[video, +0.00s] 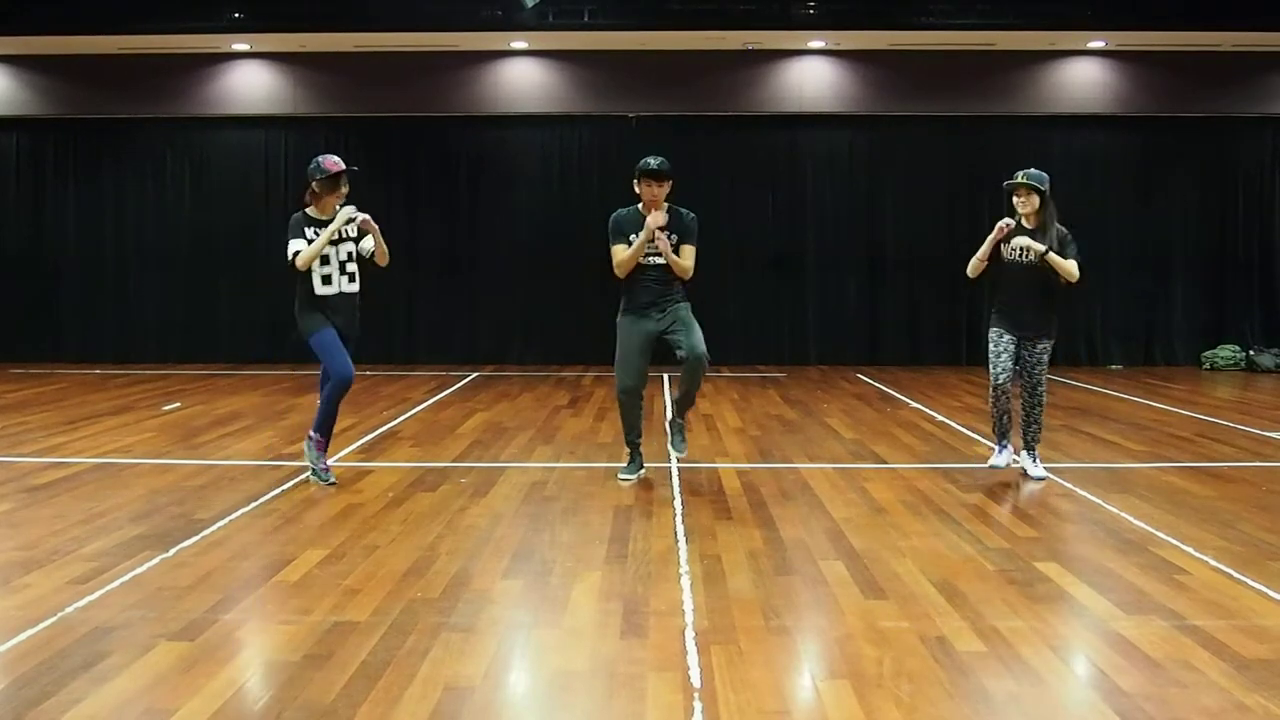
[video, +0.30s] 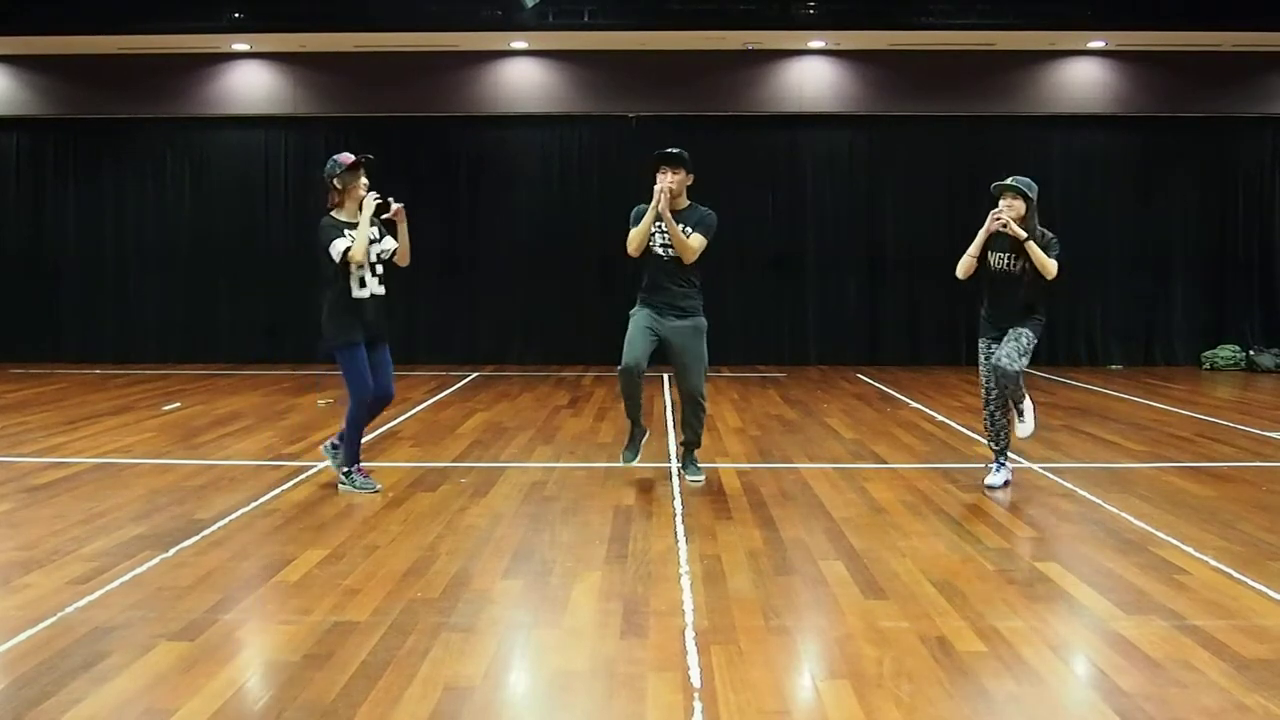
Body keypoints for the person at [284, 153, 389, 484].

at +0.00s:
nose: (341, 190)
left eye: (342, 183)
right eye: (333, 185)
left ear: (347, 184)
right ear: (315, 188)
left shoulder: (353, 219)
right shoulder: (301, 221)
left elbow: (381, 260)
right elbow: (301, 262)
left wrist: (374, 232)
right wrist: (332, 230)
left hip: (347, 313)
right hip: (314, 311)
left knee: (331, 383)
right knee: (343, 374)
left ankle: (319, 455)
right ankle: (316, 439)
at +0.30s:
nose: (365, 182)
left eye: (364, 176)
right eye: (357, 178)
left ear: (363, 182)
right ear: (339, 186)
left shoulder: (372, 222)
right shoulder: (329, 226)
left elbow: (402, 259)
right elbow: (356, 257)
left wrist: (401, 222)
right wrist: (366, 216)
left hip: (373, 317)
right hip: (344, 319)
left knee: (384, 392)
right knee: (362, 393)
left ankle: (339, 444)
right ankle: (350, 468)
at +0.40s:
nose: (376, 177)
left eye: (374, 171)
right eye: (368, 173)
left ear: (365, 180)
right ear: (350, 181)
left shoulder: (379, 218)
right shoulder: (341, 223)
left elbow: (416, 249)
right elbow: (376, 247)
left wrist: (413, 213)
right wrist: (380, 209)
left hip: (383, 320)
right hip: (353, 323)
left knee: (408, 383)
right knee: (359, 395)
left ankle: (374, 444)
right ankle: (349, 470)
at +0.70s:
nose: (407, 174)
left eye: (405, 169)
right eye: (398, 171)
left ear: (396, 179)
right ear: (381, 181)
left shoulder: (410, 217)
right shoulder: (376, 222)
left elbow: (442, 254)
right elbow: (417, 242)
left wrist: (444, 216)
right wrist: (417, 204)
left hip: (424, 317)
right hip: (394, 320)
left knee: (429, 391)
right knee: (403, 394)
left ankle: (421, 472)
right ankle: (359, 457)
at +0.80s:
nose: (416, 173)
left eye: (413, 168)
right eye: (407, 172)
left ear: (415, 176)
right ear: (391, 184)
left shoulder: (430, 215)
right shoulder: (387, 220)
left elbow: (469, 240)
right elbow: (421, 236)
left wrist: (458, 201)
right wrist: (426, 197)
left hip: (437, 314)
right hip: (408, 316)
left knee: (433, 394)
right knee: (433, 390)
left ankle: (421, 472)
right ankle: (387, 447)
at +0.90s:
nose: (422, 170)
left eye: (421, 165)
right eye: (412, 168)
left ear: (427, 173)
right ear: (397, 182)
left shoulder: (444, 213)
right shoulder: (397, 219)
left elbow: (485, 228)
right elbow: (427, 232)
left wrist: (469, 190)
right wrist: (433, 192)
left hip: (447, 312)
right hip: (418, 314)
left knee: (431, 392)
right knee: (450, 387)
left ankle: (422, 470)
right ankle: (424, 463)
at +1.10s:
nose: (450, 184)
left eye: (449, 178)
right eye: (442, 181)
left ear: (449, 182)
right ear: (425, 189)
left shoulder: (461, 219)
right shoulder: (420, 228)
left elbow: (495, 249)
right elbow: (453, 246)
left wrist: (492, 206)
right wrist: (461, 205)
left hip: (469, 315)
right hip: (447, 317)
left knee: (457, 397)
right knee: (469, 395)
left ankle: (425, 470)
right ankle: (460, 480)